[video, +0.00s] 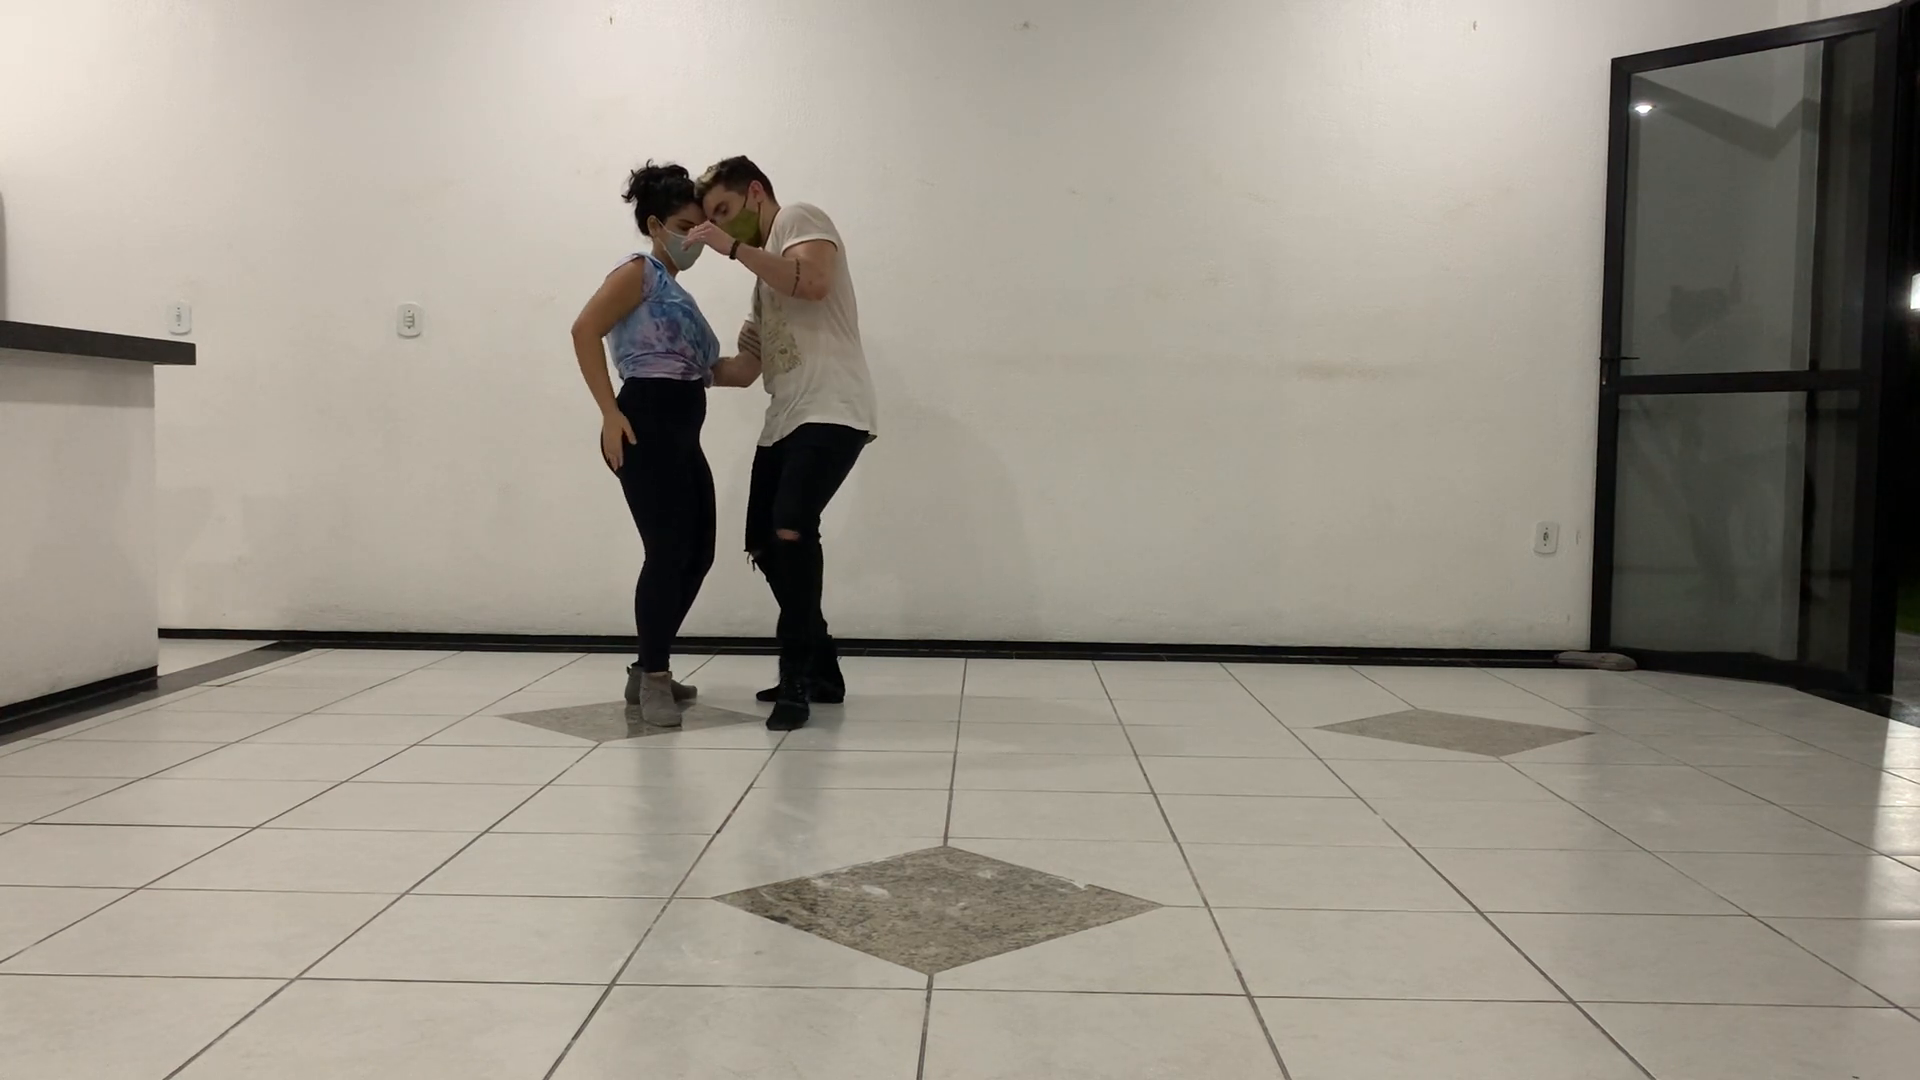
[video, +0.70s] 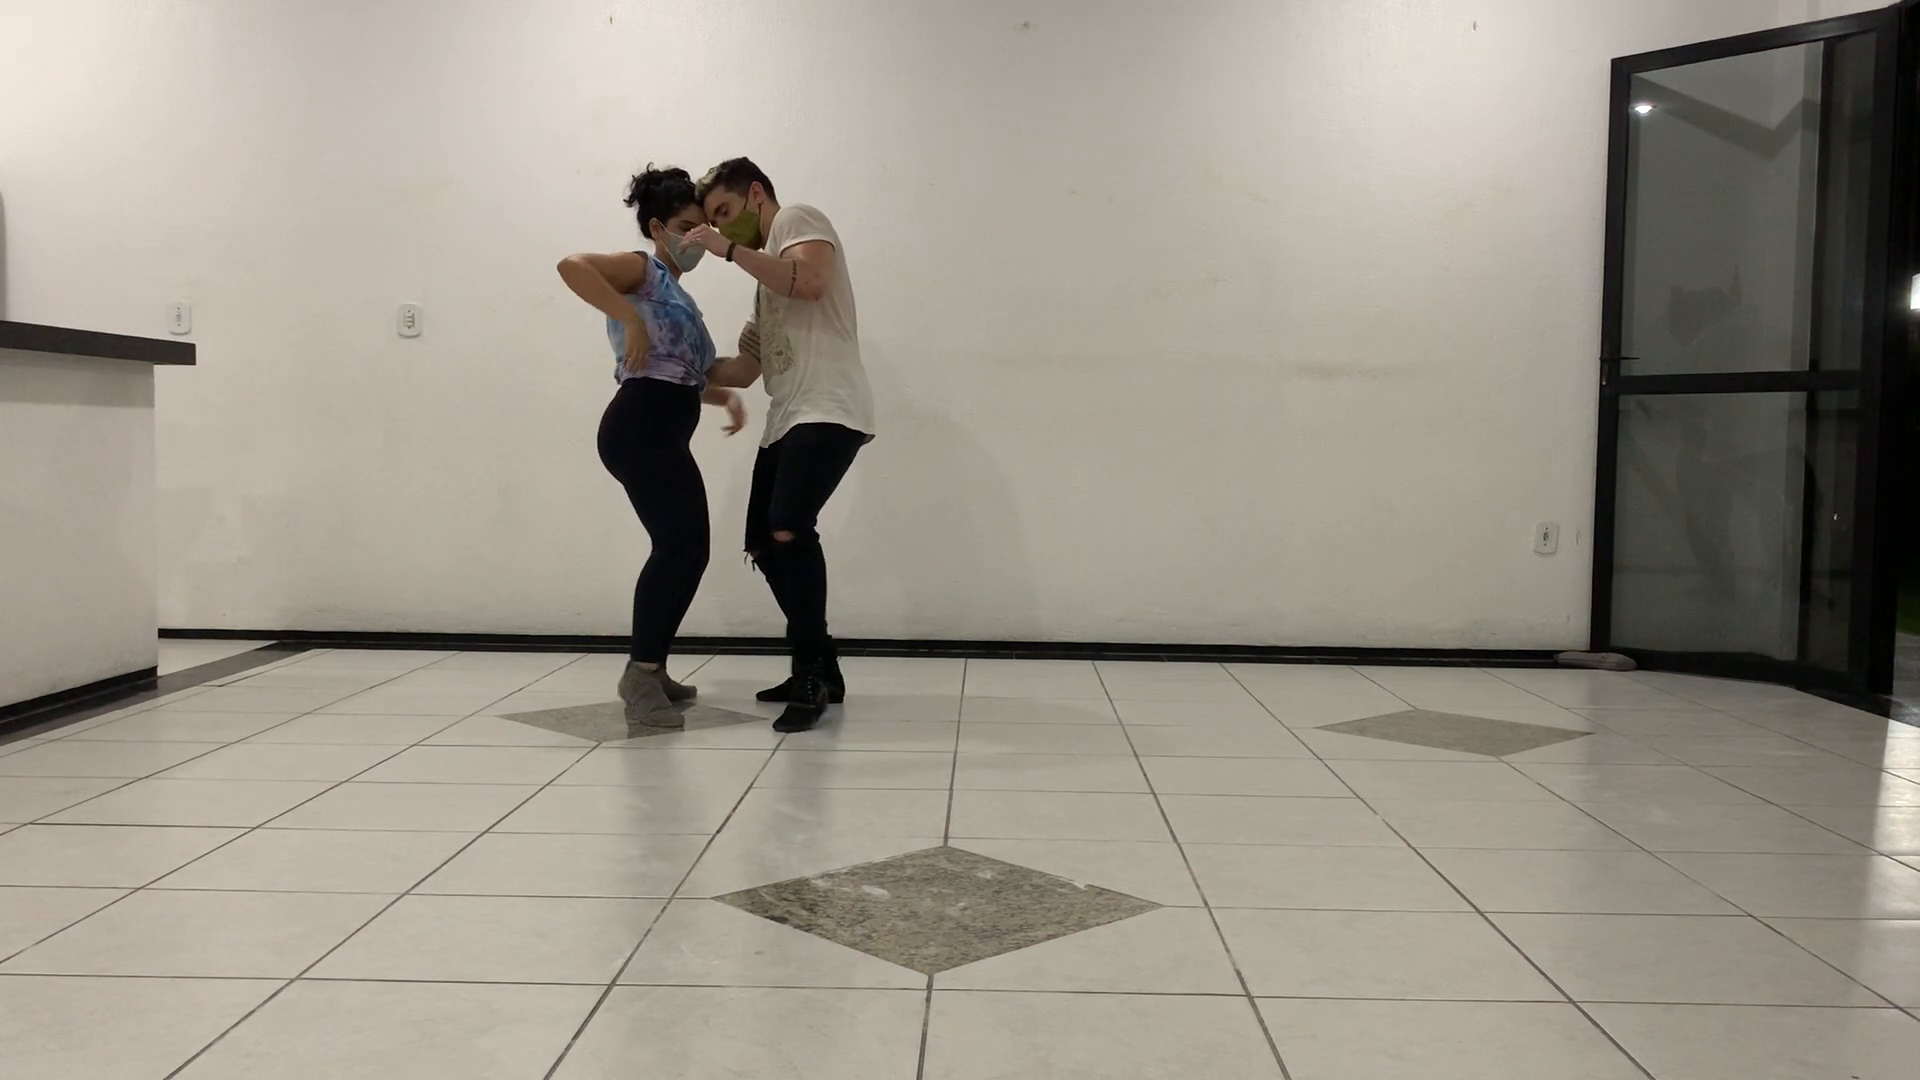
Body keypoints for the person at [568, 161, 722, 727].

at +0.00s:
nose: (696, 237)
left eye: (700, 225)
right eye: (685, 225)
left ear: (697, 227)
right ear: (654, 226)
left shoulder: (671, 289)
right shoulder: (638, 273)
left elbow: (701, 370)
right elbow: (584, 331)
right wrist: (610, 411)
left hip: (680, 428)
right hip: (648, 426)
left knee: (698, 551)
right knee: (669, 550)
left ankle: (652, 668)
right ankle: (651, 678)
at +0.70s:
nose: (697, 237)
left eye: (701, 226)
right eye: (685, 226)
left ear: (701, 229)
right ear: (657, 228)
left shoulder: (676, 295)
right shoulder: (643, 267)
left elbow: (682, 370)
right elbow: (572, 266)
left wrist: (724, 394)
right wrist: (630, 318)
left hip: (666, 429)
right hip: (639, 426)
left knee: (689, 551)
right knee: (677, 547)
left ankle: (650, 668)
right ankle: (641, 675)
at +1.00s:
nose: (700, 237)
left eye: (704, 226)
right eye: (691, 224)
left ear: (700, 230)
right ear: (658, 220)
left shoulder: (680, 296)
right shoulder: (638, 265)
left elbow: (720, 371)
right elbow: (580, 296)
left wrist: (758, 348)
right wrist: (631, 247)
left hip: (671, 426)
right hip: (641, 422)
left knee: (688, 552)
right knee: (669, 551)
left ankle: (652, 670)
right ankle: (645, 679)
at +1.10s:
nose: (700, 236)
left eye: (703, 225)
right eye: (692, 224)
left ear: (685, 232)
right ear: (663, 221)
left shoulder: (670, 279)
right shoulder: (639, 264)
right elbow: (591, 304)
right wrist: (625, 243)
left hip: (670, 424)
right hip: (644, 421)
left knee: (687, 551)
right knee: (662, 551)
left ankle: (651, 671)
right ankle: (644, 682)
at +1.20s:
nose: (700, 236)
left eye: (704, 225)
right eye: (692, 223)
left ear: (696, 231)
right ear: (661, 223)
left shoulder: (675, 283)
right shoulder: (639, 265)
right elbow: (599, 310)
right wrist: (626, 245)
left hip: (670, 424)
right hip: (643, 422)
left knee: (686, 552)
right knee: (664, 552)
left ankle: (651, 670)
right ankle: (644, 681)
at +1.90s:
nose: (711, 221)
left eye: (716, 209)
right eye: (698, 209)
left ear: (720, 208)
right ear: (668, 210)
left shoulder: (698, 278)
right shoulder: (641, 270)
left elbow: (704, 358)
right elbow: (622, 351)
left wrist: (743, 335)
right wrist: (617, 296)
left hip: (680, 423)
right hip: (642, 419)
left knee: (688, 543)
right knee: (677, 537)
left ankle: (655, 665)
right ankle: (650, 668)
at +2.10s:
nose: (712, 212)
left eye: (715, 199)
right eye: (698, 200)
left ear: (717, 198)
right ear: (664, 202)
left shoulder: (693, 268)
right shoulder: (644, 268)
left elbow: (709, 334)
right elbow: (623, 348)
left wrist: (755, 324)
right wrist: (618, 394)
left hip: (684, 420)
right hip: (649, 419)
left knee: (691, 545)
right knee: (669, 547)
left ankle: (651, 667)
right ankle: (650, 679)